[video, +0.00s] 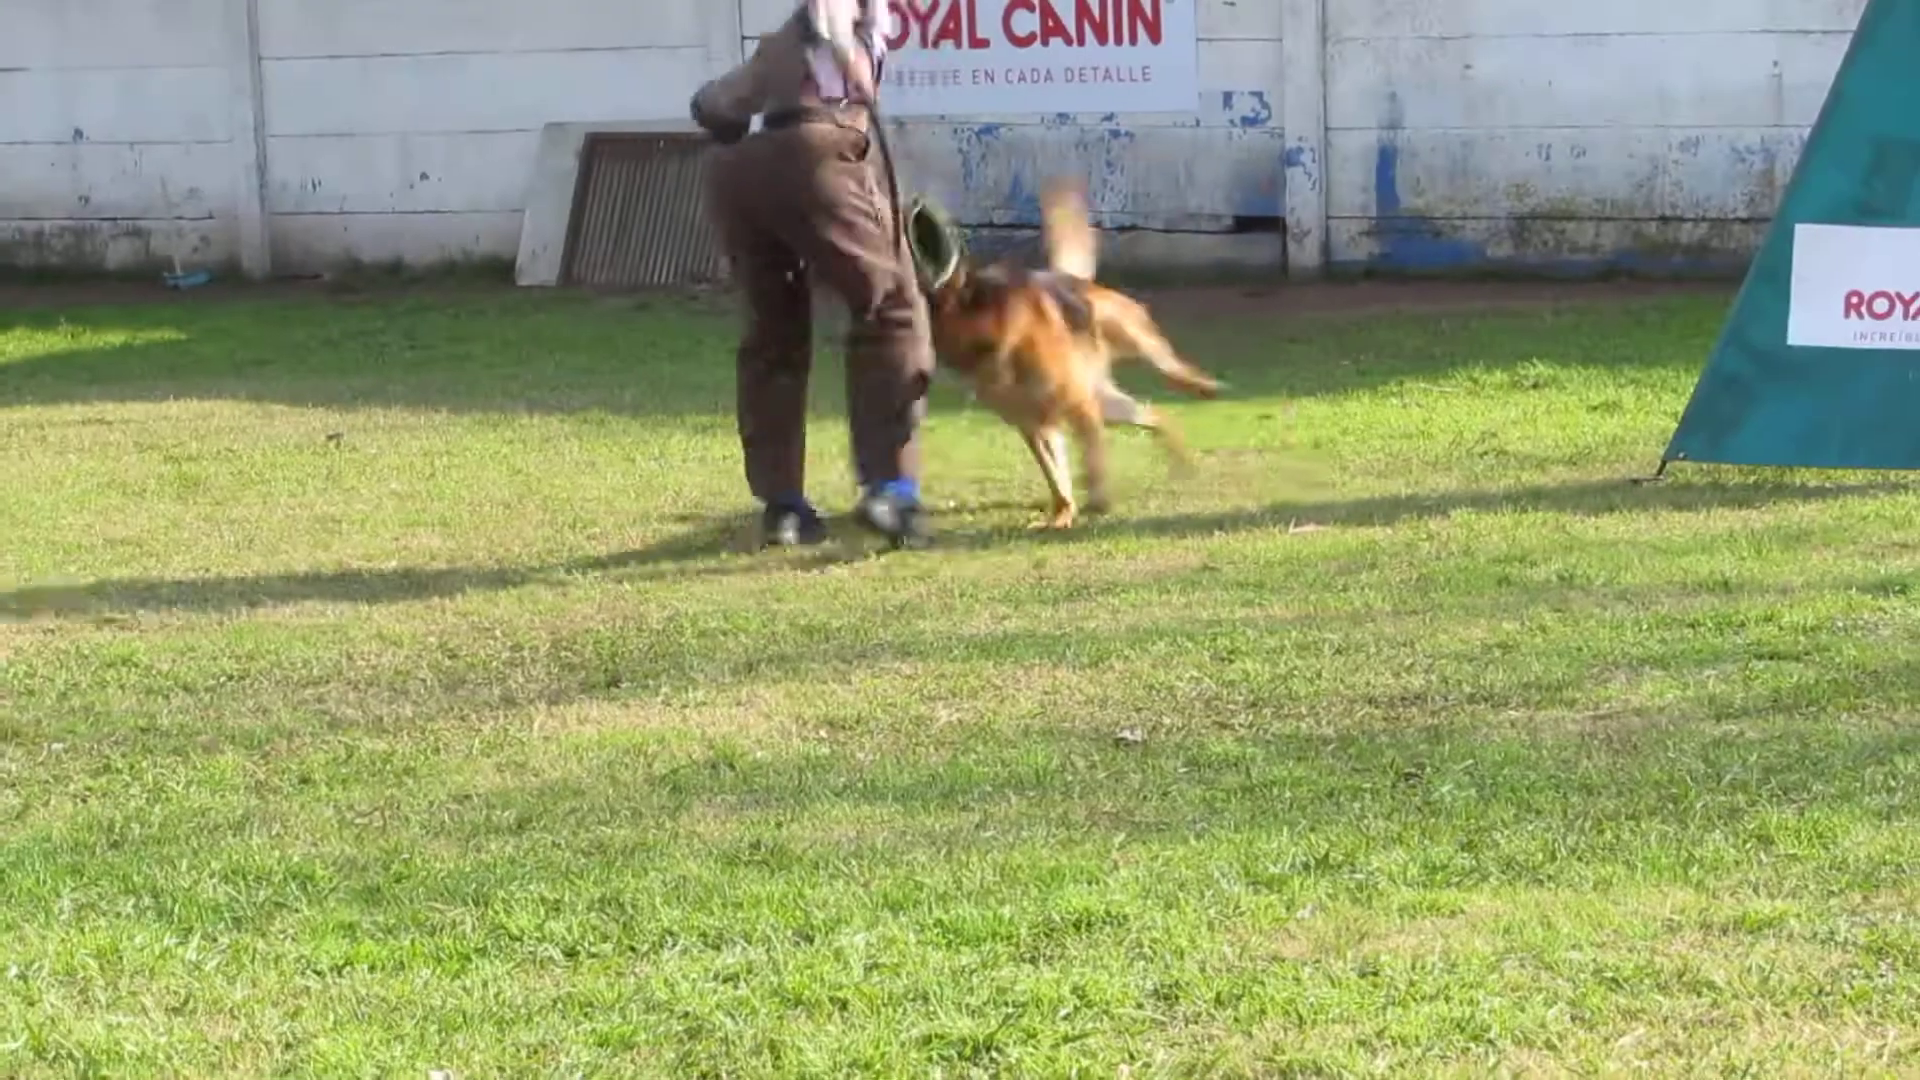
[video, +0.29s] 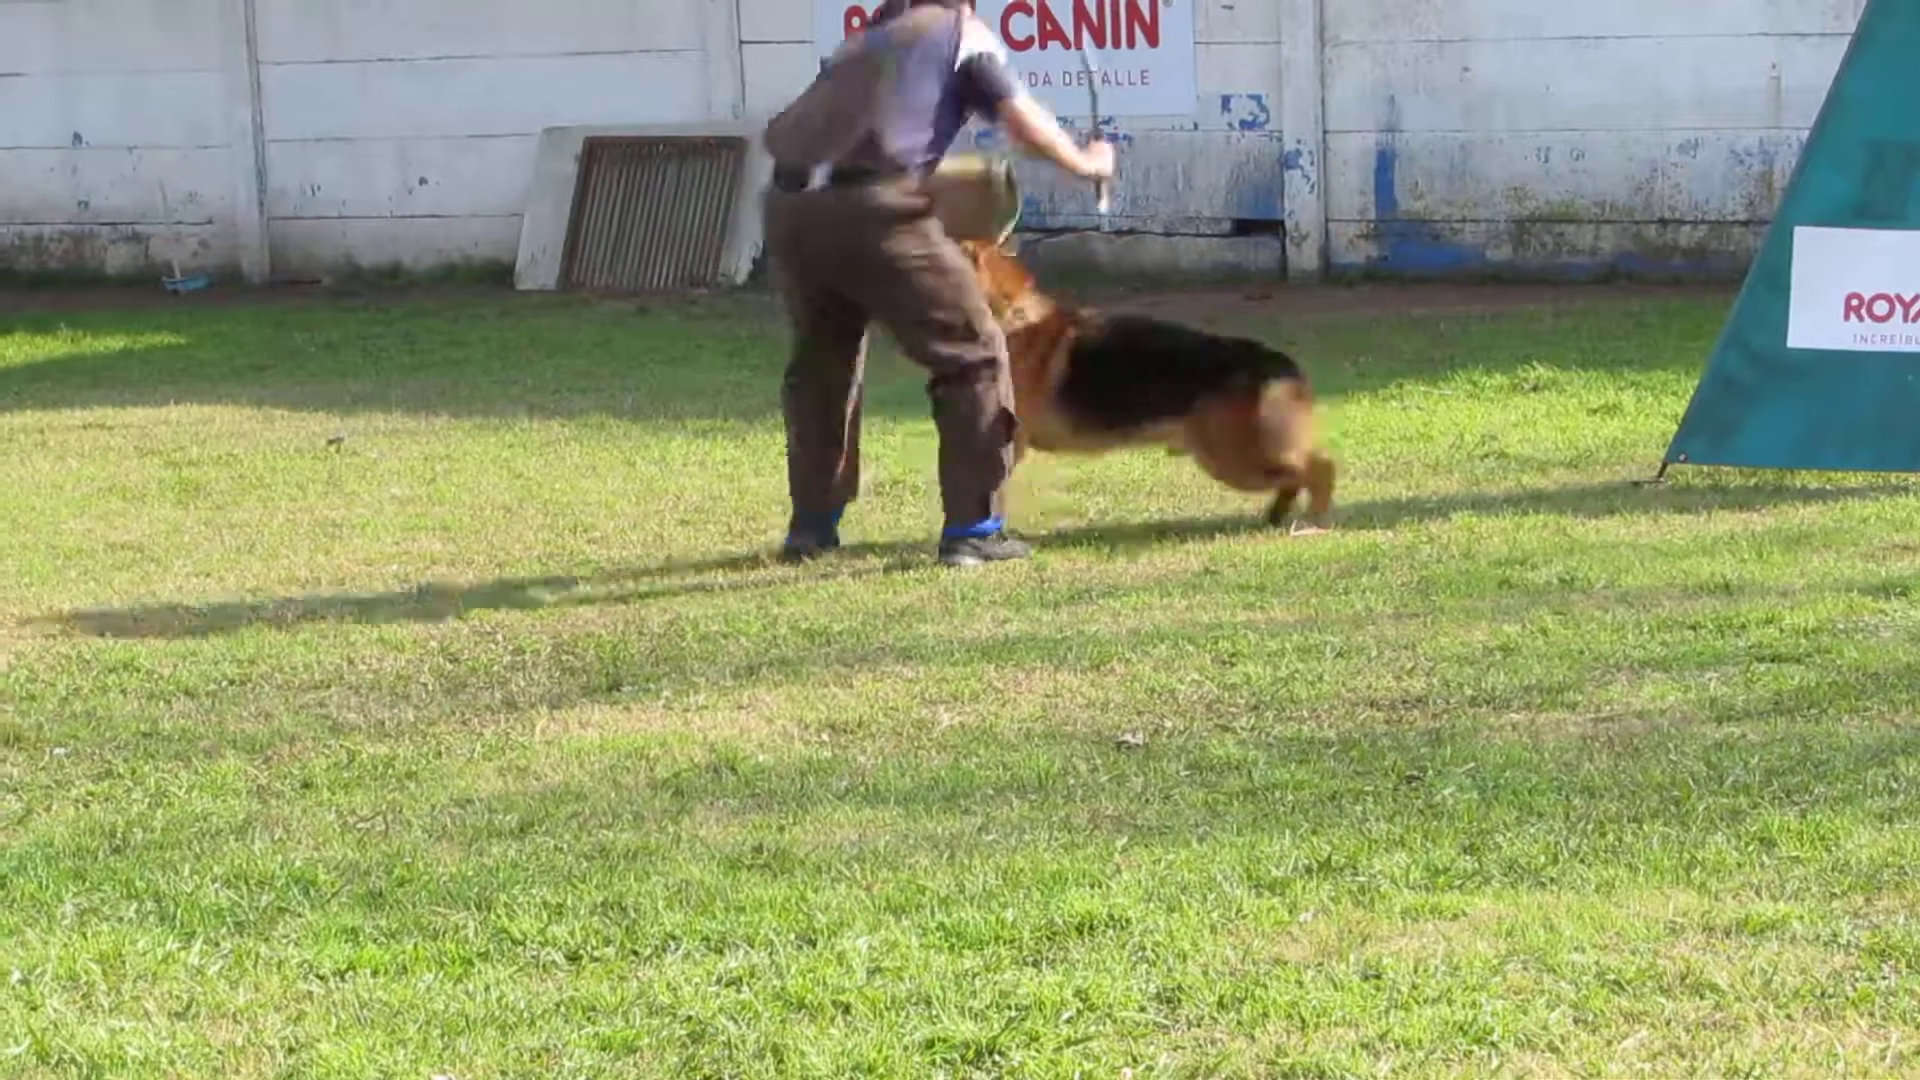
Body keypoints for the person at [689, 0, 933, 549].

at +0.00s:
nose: (891, 19)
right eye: (883, 17)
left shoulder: (778, 47)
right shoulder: (861, 16)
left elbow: (710, 102)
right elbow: (826, 9)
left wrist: (738, 129)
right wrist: (847, 50)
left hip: (738, 161)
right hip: (820, 148)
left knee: (773, 332)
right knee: (890, 311)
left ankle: (783, 505)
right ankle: (890, 488)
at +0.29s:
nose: (976, 17)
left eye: (975, 14)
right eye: (975, 13)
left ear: (901, 6)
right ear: (962, 6)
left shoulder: (859, 40)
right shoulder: (960, 30)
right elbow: (1023, 123)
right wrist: (1084, 160)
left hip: (792, 207)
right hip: (875, 206)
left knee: (822, 353)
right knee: (969, 351)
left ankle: (811, 526)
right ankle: (972, 529)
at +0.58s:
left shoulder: (872, 28)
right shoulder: (1020, 23)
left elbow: (852, 138)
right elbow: (1081, 148)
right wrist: (1057, 192)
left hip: (925, 234)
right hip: (1023, 225)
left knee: (861, 386)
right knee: (1033, 387)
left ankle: (922, 481)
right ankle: (1095, 538)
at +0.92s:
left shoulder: (702, 14)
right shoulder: (831, 5)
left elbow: (670, 108)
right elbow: (930, 30)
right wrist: (980, 129)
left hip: (822, 224)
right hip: (866, 208)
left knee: (830, 419)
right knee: (754, 391)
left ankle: (950, 556)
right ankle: (887, 520)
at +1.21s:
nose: (552, 14)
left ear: (567, 3)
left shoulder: (600, 37)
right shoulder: (659, 23)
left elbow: (559, 173)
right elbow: (620, 146)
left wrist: (500, 156)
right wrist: (534, 92)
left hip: (708, 258)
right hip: (743, 246)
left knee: (626, 427)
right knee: (691, 436)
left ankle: (779, 519)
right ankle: (748, 599)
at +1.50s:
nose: (670, 52)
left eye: (667, 39)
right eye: (661, 41)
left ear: (691, 18)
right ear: (722, 2)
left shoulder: (734, 57)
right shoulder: (815, 11)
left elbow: (713, 199)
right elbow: (936, 18)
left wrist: (650, 193)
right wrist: (1009, 85)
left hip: (856, 274)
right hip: (793, 279)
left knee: (886, 459)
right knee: (719, 426)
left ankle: (982, 615)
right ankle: (787, 602)